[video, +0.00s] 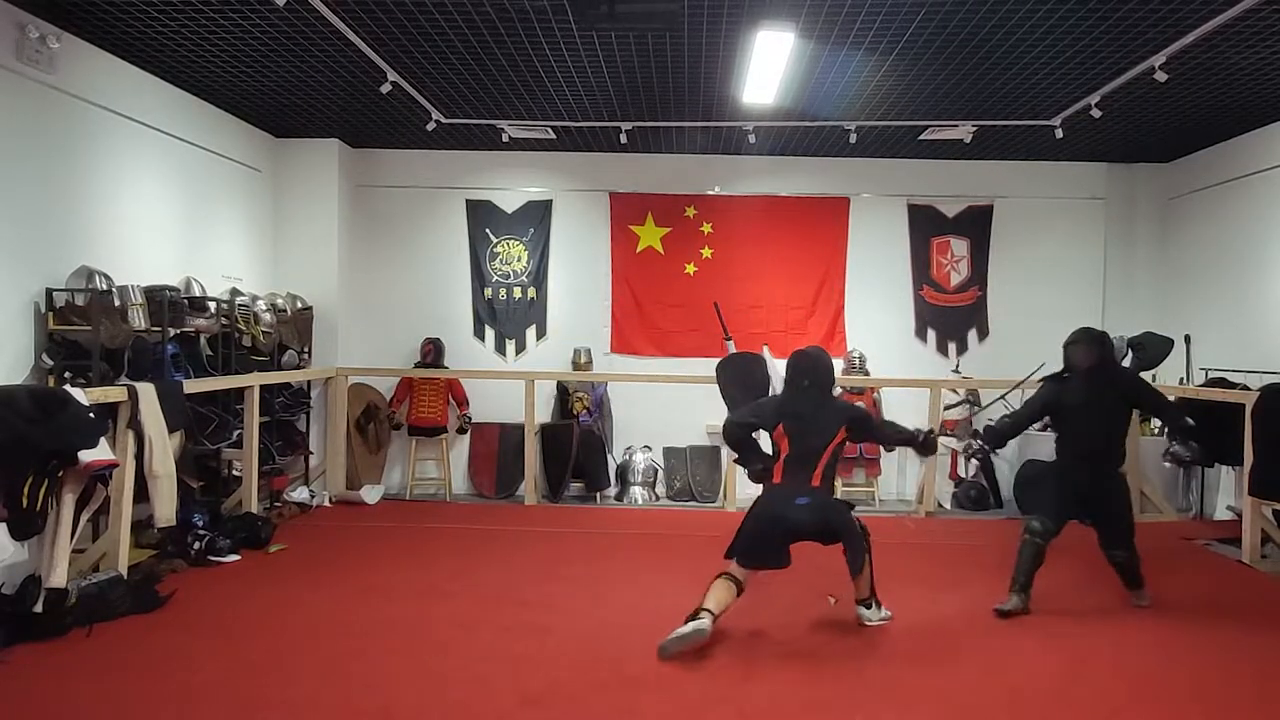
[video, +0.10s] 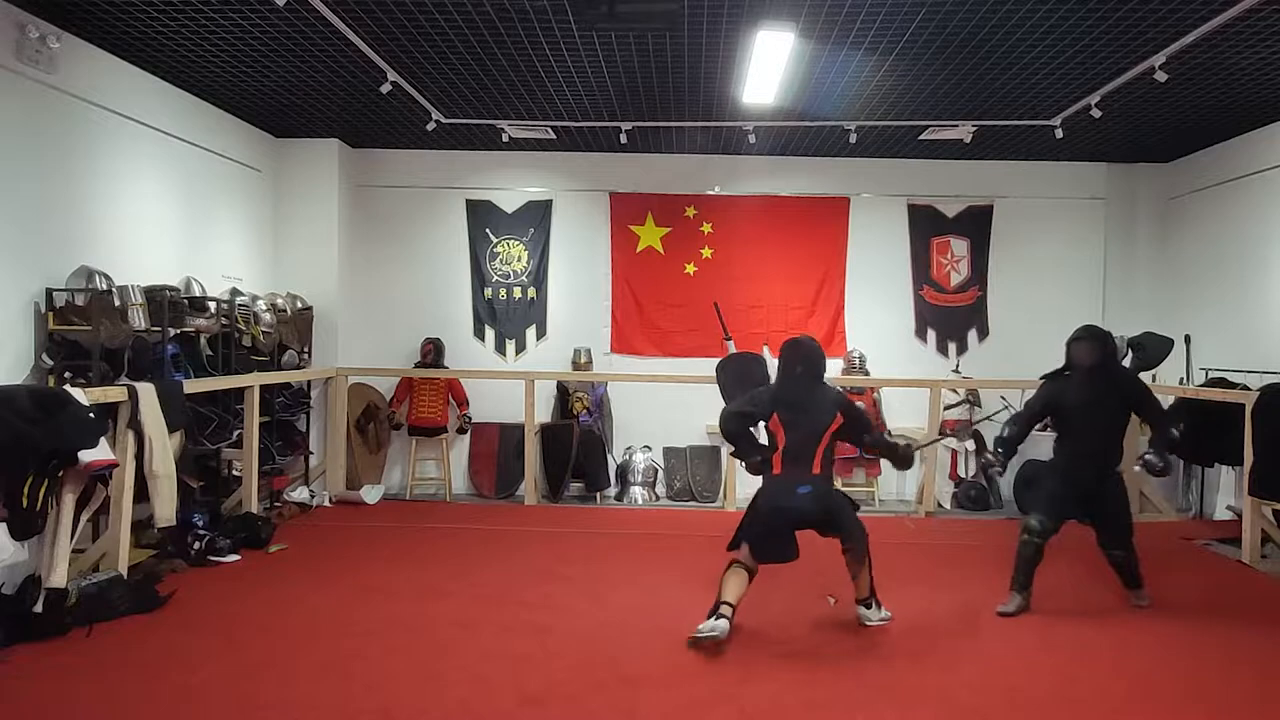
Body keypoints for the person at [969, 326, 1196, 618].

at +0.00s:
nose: (1081, 360)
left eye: (1088, 354)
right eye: (1075, 354)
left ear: (1103, 355)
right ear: (1067, 356)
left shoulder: (1124, 383)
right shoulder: (1057, 387)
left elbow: (1162, 407)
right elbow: (1022, 417)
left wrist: (1182, 427)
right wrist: (989, 437)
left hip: (1107, 481)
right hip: (1064, 478)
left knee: (1118, 546)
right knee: (1036, 530)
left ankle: (1137, 589)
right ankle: (1018, 594)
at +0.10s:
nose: (1084, 356)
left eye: (1090, 349)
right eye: (1078, 349)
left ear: (1105, 352)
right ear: (1069, 352)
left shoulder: (1124, 383)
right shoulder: (1057, 386)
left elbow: (1159, 418)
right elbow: (1026, 418)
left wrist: (1158, 449)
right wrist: (1003, 449)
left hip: (1105, 478)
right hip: (1062, 475)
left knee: (1117, 545)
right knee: (1033, 529)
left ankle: (1136, 588)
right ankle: (1019, 593)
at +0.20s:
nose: (1074, 363)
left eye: (1082, 356)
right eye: (1069, 355)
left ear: (1096, 355)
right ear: (1060, 353)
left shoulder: (1118, 385)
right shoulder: (1048, 385)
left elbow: (1146, 426)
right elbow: (1022, 426)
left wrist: (1139, 464)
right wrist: (1017, 459)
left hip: (1096, 475)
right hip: (1054, 473)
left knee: (1115, 540)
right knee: (1030, 529)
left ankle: (1133, 586)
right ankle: (1021, 593)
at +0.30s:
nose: (1057, 362)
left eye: (1064, 354)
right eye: (1050, 354)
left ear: (1080, 354)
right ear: (1042, 354)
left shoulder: (1106, 386)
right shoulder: (1035, 386)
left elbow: (1137, 425)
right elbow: (1009, 430)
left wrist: (1121, 466)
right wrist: (1017, 467)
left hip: (1091, 473)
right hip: (1047, 471)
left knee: (1107, 542)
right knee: (1028, 530)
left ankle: (1134, 587)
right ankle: (1020, 594)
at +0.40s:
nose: (1034, 360)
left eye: (1041, 353)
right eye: (1030, 353)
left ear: (1060, 353)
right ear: (1027, 353)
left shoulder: (1092, 383)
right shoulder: (1022, 386)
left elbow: (1130, 423)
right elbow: (996, 428)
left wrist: (1110, 463)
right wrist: (997, 467)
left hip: (1085, 467)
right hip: (1041, 466)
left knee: (1099, 542)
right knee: (1025, 528)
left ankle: (1130, 583)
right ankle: (1020, 594)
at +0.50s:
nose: (1025, 358)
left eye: (1032, 351)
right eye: (1022, 351)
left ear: (1051, 351)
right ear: (1020, 352)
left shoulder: (1085, 381)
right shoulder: (1017, 386)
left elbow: (1124, 424)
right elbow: (993, 430)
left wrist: (1099, 458)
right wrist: (997, 468)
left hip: (1080, 467)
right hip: (1038, 466)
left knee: (1091, 541)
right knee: (1023, 528)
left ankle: (1117, 577)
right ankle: (1020, 595)